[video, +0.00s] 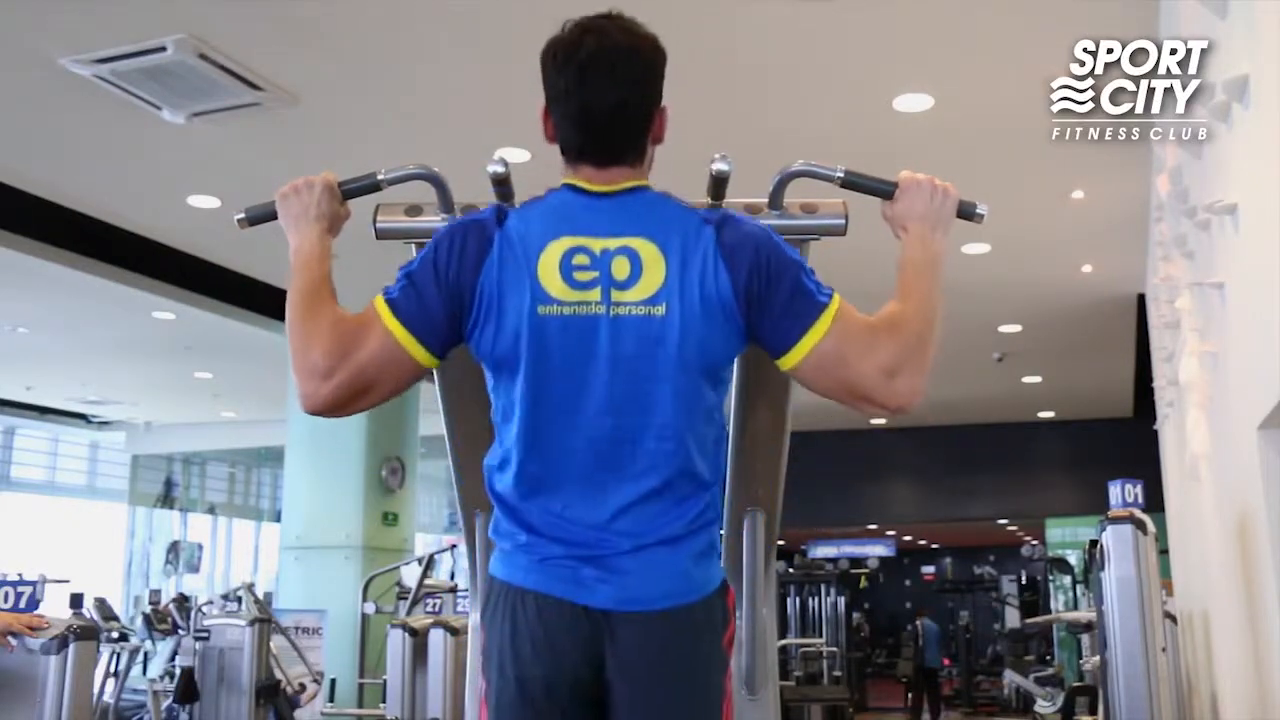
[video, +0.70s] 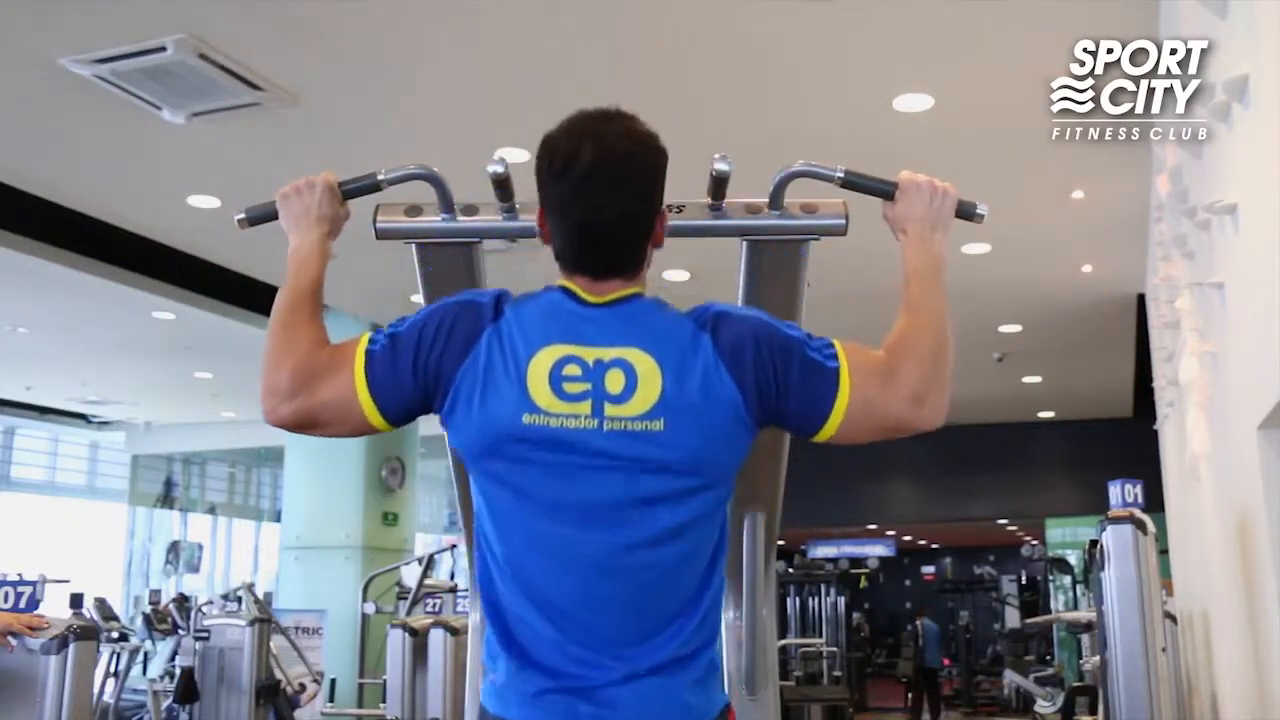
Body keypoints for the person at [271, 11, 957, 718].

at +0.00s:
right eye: (662, 113)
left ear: (547, 125)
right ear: (659, 127)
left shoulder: (484, 248)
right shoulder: (729, 250)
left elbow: (327, 381)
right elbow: (891, 378)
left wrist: (308, 241)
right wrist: (925, 241)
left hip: (529, 606)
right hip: (673, 610)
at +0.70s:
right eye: (662, 207)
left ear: (540, 222)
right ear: (661, 228)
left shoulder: (472, 337)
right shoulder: (730, 350)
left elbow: (290, 393)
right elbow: (917, 394)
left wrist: (306, 241)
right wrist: (926, 238)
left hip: (522, 700)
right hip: (681, 700)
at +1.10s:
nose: (663, 357)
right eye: (661, 343)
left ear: (534, 369)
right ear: (660, 370)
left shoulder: (465, 463)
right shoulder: (726, 482)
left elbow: (300, 401)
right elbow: (895, 405)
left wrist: (309, 244)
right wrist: (922, 243)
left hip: (512, 710)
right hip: (680, 711)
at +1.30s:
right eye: (657, 411)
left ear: (535, 436)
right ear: (660, 442)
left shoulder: (476, 520)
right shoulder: (723, 544)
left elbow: (324, 404)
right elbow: (867, 404)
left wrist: (311, 243)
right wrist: (919, 244)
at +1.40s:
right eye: (660, 424)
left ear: (538, 448)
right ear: (662, 452)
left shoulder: (480, 530)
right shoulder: (723, 555)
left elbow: (332, 407)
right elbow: (860, 404)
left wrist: (311, 243)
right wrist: (916, 249)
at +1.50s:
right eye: (663, 408)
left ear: (538, 434)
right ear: (662, 441)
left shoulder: (477, 518)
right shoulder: (722, 538)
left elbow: (327, 404)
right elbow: (868, 405)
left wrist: (311, 243)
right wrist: (917, 245)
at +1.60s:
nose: (660, 383)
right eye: (662, 372)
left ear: (531, 391)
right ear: (659, 396)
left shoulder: (472, 489)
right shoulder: (726, 499)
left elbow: (318, 404)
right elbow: (885, 409)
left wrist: (310, 245)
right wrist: (918, 248)